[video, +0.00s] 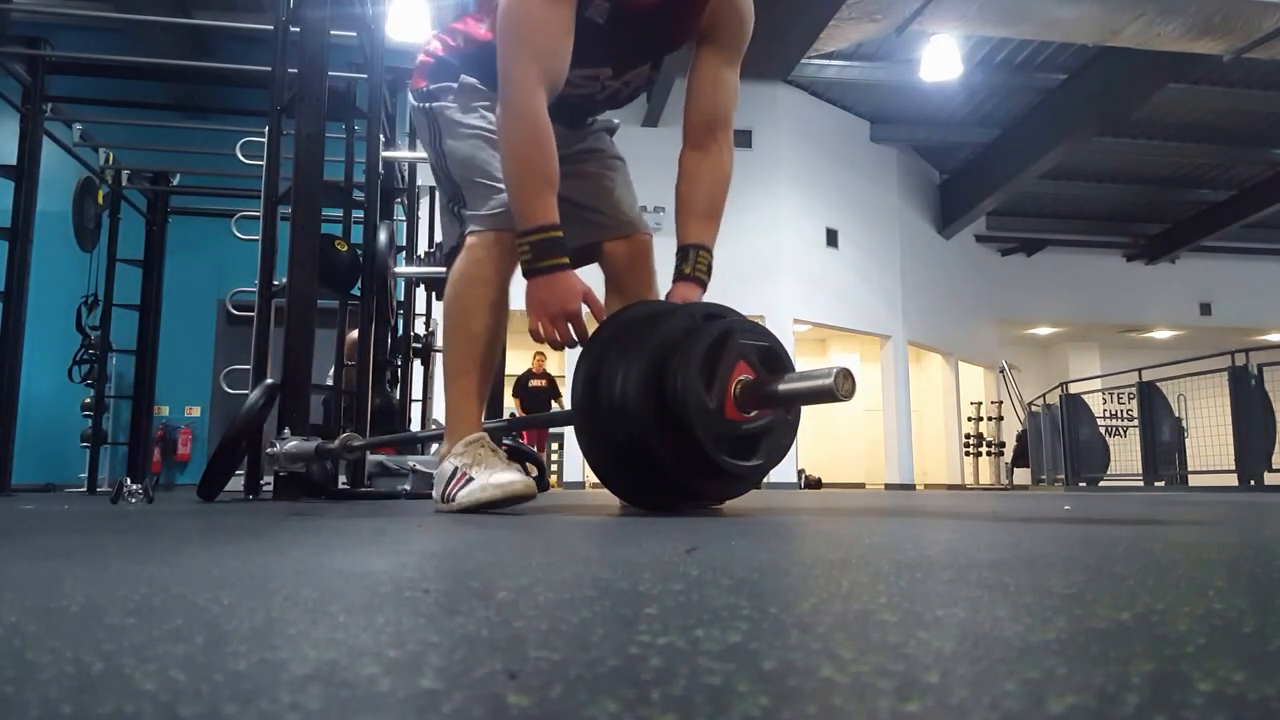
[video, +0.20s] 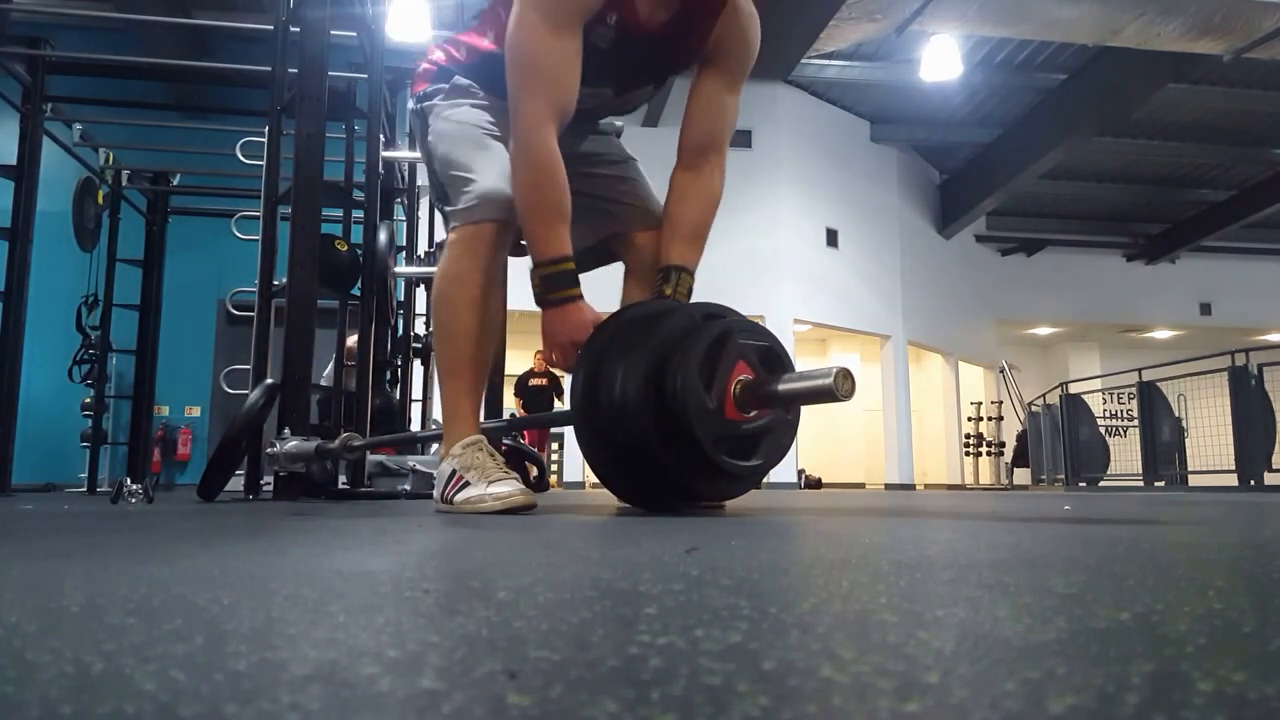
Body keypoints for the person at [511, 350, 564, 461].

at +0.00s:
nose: (540, 363)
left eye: (542, 361)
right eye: (538, 360)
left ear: (545, 362)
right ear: (533, 361)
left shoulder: (549, 377)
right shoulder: (524, 377)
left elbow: (557, 396)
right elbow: (516, 396)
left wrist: (563, 409)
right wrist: (520, 412)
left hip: (544, 417)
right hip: (528, 417)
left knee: (541, 449)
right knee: (529, 447)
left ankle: (542, 474)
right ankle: (529, 473)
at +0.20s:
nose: (541, 362)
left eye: (543, 359)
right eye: (538, 359)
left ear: (546, 361)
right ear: (534, 360)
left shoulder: (552, 376)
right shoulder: (525, 376)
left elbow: (560, 394)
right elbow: (517, 395)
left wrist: (568, 404)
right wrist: (519, 410)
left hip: (545, 416)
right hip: (528, 416)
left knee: (542, 448)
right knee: (530, 445)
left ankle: (542, 474)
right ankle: (530, 472)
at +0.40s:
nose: (539, 361)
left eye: (542, 359)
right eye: (537, 359)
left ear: (546, 361)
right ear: (533, 360)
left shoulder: (552, 377)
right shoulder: (525, 376)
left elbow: (557, 396)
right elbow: (517, 395)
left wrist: (560, 410)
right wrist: (520, 410)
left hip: (546, 417)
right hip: (529, 417)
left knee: (543, 449)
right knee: (533, 447)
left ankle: (543, 476)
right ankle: (534, 475)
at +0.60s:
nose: (537, 359)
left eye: (540, 356)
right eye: (535, 356)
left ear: (543, 358)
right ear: (531, 358)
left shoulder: (550, 374)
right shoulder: (523, 374)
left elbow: (555, 395)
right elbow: (515, 393)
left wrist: (556, 412)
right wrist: (519, 407)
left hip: (546, 415)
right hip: (529, 415)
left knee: (548, 447)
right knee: (532, 446)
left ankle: (546, 475)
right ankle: (533, 475)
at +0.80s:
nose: (536, 357)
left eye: (539, 355)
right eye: (534, 354)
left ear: (543, 356)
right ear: (531, 356)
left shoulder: (549, 372)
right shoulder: (522, 373)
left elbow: (556, 394)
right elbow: (514, 393)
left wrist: (561, 411)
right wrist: (521, 409)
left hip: (547, 414)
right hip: (529, 414)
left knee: (548, 445)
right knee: (532, 446)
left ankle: (545, 476)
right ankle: (532, 477)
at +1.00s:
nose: (536, 357)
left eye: (539, 355)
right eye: (534, 355)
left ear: (543, 357)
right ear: (531, 356)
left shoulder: (549, 372)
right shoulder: (522, 374)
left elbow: (557, 391)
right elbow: (516, 394)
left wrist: (562, 406)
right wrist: (523, 411)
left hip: (547, 413)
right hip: (530, 414)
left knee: (545, 446)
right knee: (532, 447)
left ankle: (545, 477)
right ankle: (532, 477)